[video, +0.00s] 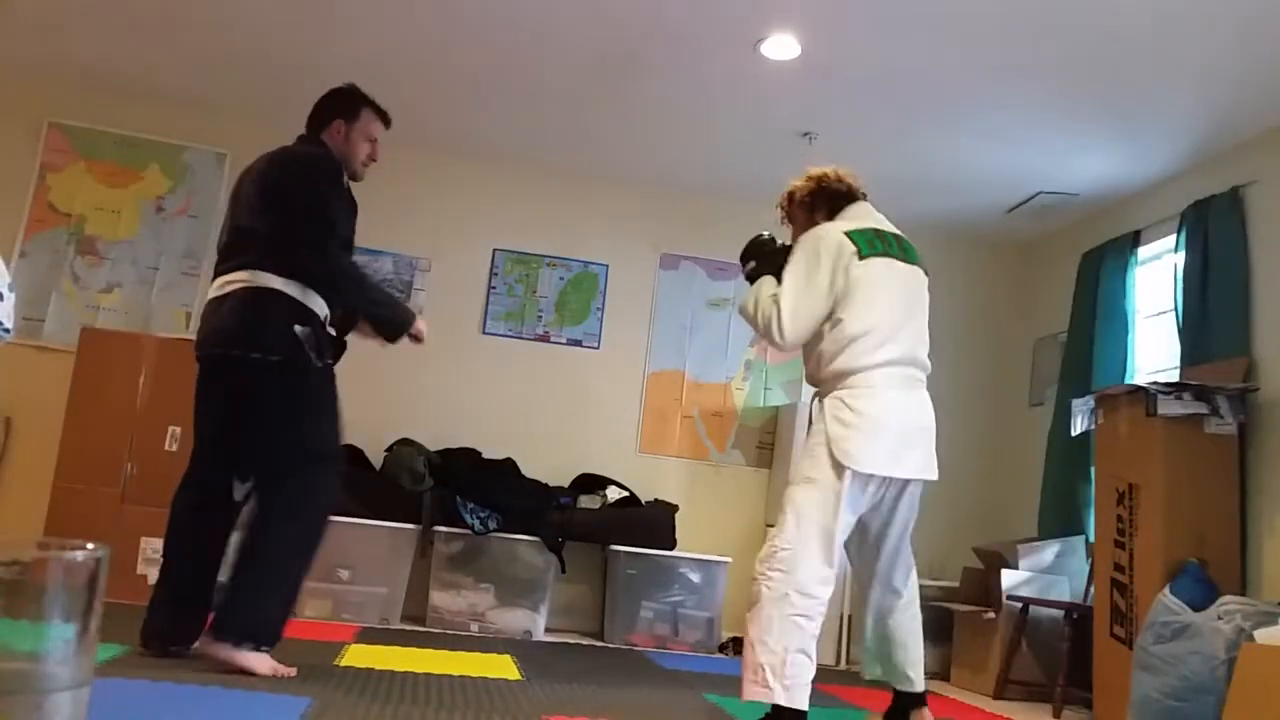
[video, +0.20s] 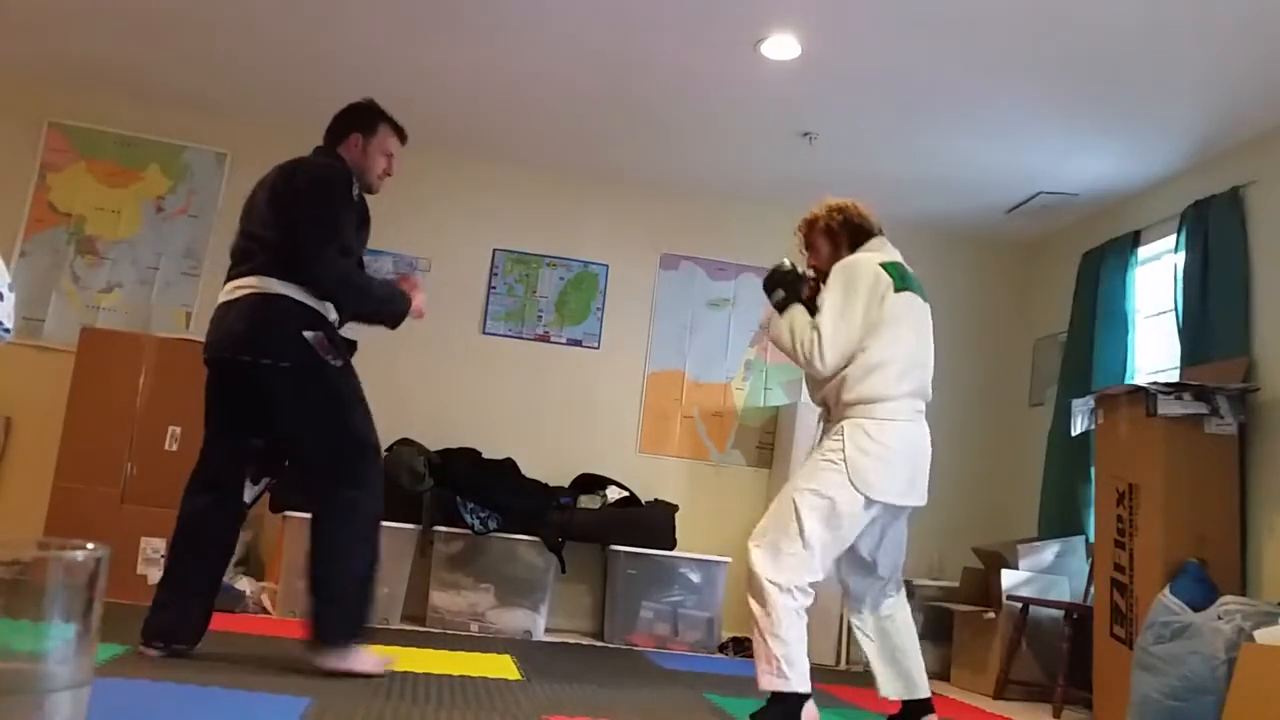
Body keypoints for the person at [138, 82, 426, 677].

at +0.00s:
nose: (377, 156)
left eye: (379, 144)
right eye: (372, 139)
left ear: (324, 131)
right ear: (336, 127)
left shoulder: (261, 169)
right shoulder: (321, 170)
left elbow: (283, 272)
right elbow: (326, 263)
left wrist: (354, 312)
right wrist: (400, 315)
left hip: (221, 330)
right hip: (277, 333)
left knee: (211, 478)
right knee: (306, 485)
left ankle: (170, 629)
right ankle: (240, 636)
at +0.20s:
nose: (390, 170)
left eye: (394, 159)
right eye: (386, 155)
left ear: (344, 144)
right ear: (355, 143)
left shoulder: (277, 179)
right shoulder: (331, 179)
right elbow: (328, 271)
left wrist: (376, 285)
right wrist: (398, 300)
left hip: (231, 332)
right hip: (292, 338)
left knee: (220, 481)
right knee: (353, 476)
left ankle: (168, 632)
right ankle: (337, 639)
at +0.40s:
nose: (423, 183)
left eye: (428, 173)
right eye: (421, 168)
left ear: (379, 156)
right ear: (391, 154)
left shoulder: (315, 188)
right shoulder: (369, 194)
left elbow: (343, 273)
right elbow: (379, 281)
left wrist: (418, 269)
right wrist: (452, 291)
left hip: (262, 347)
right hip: (325, 356)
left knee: (232, 491)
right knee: (367, 504)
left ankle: (170, 631)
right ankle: (366, 654)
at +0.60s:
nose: (434, 183)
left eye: (439, 173)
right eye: (433, 168)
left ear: (384, 154)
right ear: (401, 153)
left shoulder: (326, 189)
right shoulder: (388, 193)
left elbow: (364, 284)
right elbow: (399, 282)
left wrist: (431, 260)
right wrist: (468, 270)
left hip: (275, 345)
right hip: (338, 354)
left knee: (243, 483)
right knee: (381, 501)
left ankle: (160, 617)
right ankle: (370, 655)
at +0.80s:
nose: (426, 194)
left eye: (429, 184)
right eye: (424, 179)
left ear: (377, 165)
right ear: (392, 165)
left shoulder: (316, 199)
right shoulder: (376, 202)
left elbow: (349, 292)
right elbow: (380, 292)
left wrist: (418, 264)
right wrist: (448, 277)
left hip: (264, 349)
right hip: (328, 354)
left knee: (228, 486)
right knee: (408, 481)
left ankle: (143, 626)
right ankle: (389, 634)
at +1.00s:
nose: (443, 200)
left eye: (446, 190)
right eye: (441, 186)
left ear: (399, 171)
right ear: (412, 170)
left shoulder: (336, 201)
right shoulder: (397, 208)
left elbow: (374, 289)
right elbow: (414, 292)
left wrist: (440, 261)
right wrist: (478, 272)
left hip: (278, 352)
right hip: (344, 361)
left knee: (233, 488)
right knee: (396, 497)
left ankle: (147, 626)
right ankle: (390, 654)